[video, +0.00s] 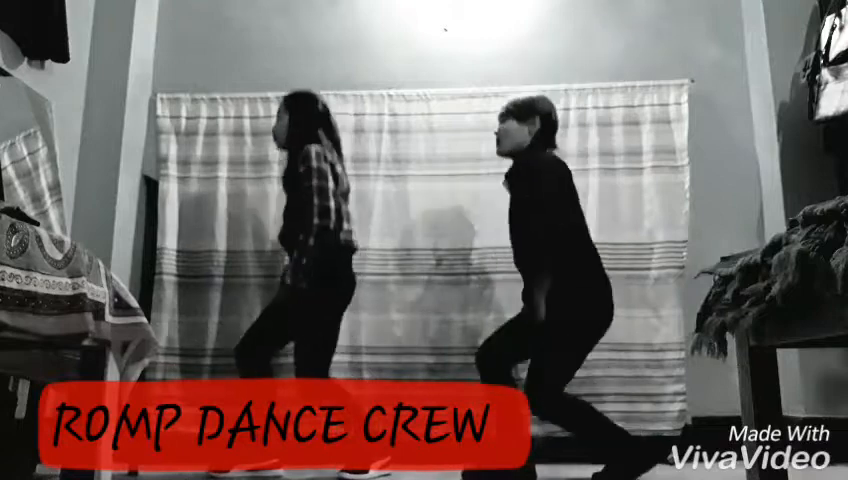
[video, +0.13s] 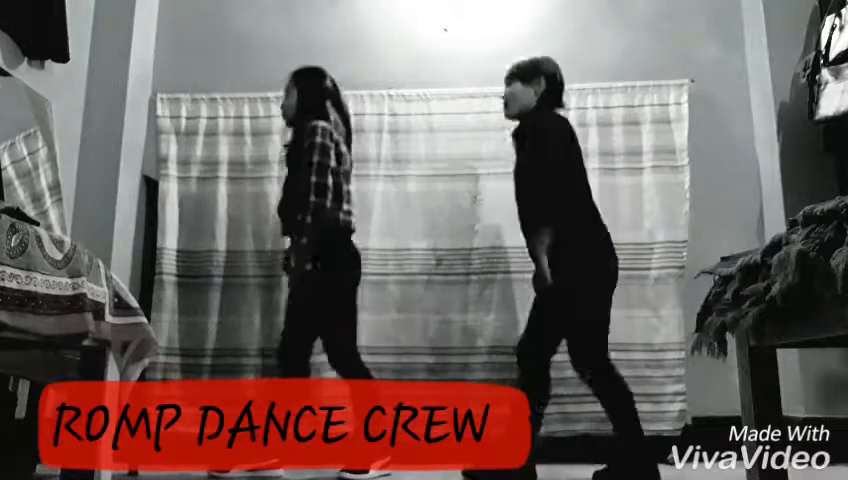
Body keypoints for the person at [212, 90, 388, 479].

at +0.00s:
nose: (274, 126)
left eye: (280, 118)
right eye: (276, 118)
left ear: (297, 120)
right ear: (311, 121)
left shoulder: (311, 153)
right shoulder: (321, 155)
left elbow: (314, 216)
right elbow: (323, 219)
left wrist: (297, 269)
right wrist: (299, 265)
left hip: (320, 272)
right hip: (330, 271)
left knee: (251, 350)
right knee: (312, 369)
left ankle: (268, 441)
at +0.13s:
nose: (282, 102)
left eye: (288, 94)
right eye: (284, 94)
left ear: (304, 96)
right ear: (316, 95)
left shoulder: (318, 129)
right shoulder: (316, 132)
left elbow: (317, 192)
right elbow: (312, 194)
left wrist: (302, 249)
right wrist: (298, 244)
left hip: (325, 254)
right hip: (324, 252)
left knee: (294, 352)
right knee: (343, 353)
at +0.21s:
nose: (286, 99)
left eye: (292, 91)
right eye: (289, 92)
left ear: (310, 95)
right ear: (316, 96)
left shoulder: (322, 132)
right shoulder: (320, 135)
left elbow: (318, 196)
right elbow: (313, 197)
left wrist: (302, 253)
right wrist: (296, 247)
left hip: (327, 258)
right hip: (324, 256)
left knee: (297, 355)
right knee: (358, 356)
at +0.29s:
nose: (288, 99)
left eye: (294, 91)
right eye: (290, 91)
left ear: (312, 94)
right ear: (314, 94)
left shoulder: (327, 132)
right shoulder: (314, 135)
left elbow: (324, 199)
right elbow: (304, 200)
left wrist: (307, 257)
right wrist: (289, 251)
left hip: (329, 260)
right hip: (311, 260)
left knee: (358, 355)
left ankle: (390, 438)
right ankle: (277, 443)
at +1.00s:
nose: (343, 104)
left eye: (342, 97)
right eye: (335, 96)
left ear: (327, 105)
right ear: (311, 101)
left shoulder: (328, 146)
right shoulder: (294, 135)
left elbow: (342, 206)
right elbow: (278, 193)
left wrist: (357, 253)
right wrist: (304, 253)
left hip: (328, 264)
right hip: (296, 262)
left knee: (346, 353)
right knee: (281, 353)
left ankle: (361, 441)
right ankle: (234, 437)